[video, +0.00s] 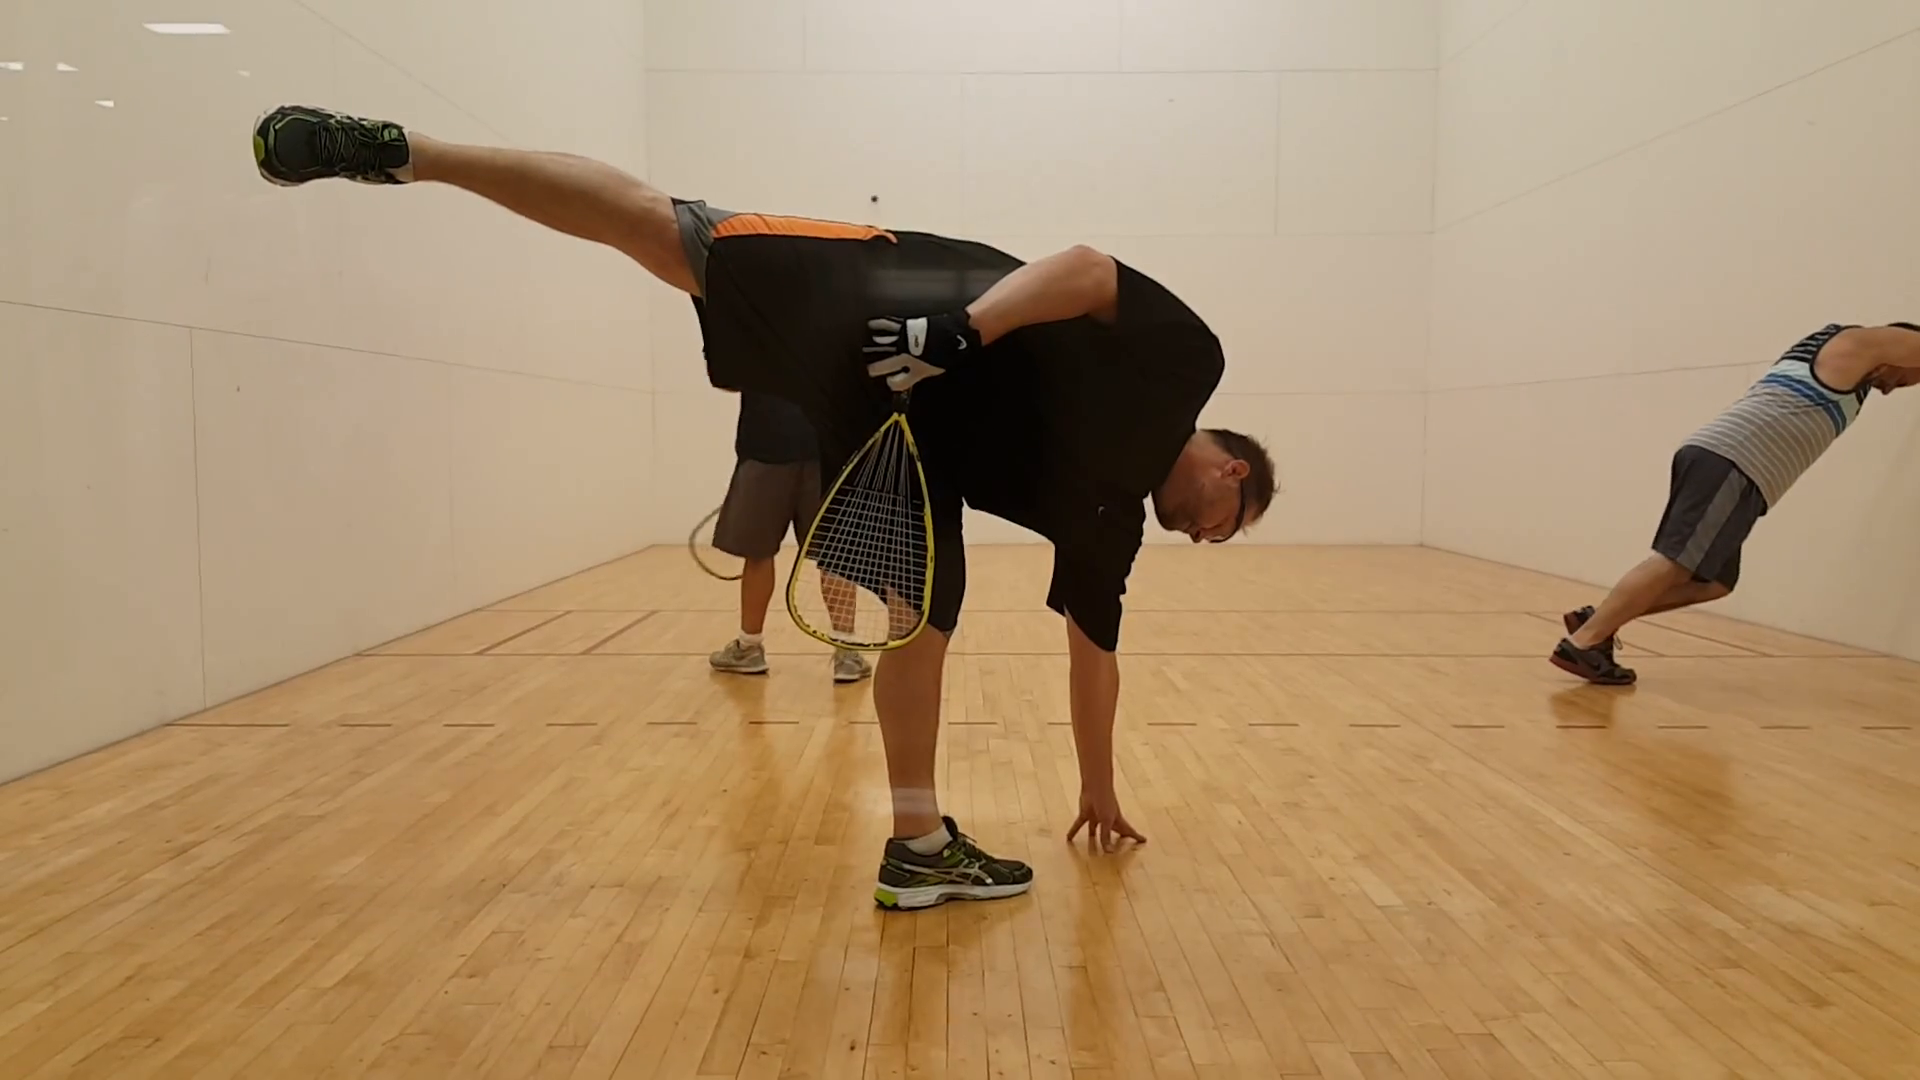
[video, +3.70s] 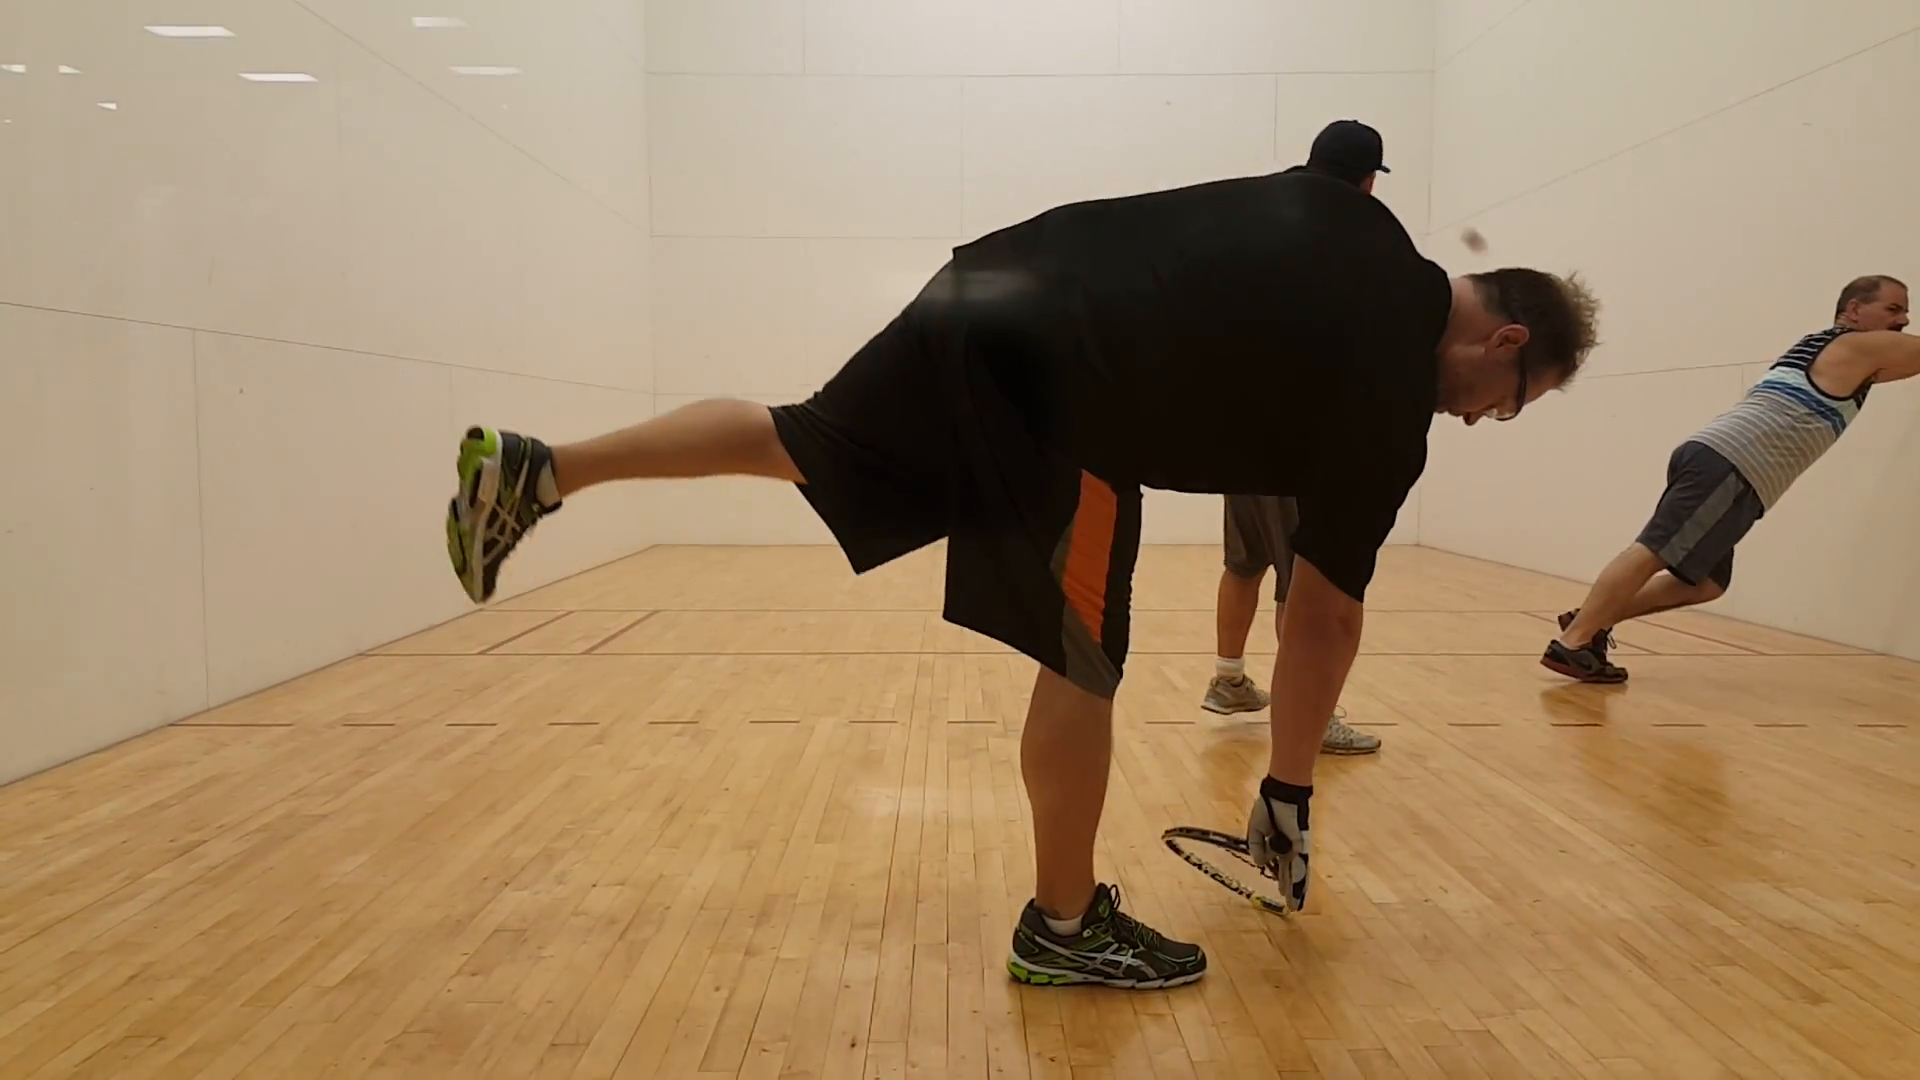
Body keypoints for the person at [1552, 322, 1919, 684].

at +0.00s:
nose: (1901, 386)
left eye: (1908, 380)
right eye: (1908, 375)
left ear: (1893, 357)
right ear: (1895, 355)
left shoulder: (1834, 362)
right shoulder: (1852, 347)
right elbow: (1919, 346)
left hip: (1734, 473)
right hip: (1729, 465)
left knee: (1715, 581)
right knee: (1677, 561)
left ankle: (1598, 618)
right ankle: (1586, 643)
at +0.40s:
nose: (1897, 372)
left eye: (1905, 368)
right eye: (1905, 362)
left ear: (1891, 339)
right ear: (1896, 337)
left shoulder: (1816, 332)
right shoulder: (1853, 326)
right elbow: (1919, 336)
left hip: (1700, 438)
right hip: (1734, 452)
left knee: (1664, 550)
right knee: (1687, 556)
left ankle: (1577, 624)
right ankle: (1594, 634)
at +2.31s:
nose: (1908, 319)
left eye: (1910, 310)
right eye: (1905, 308)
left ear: (1867, 295)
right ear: (1873, 294)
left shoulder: (1815, 325)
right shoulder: (1855, 325)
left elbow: (1908, 354)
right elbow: (1918, 342)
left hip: (1692, 433)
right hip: (1729, 450)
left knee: (1650, 545)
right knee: (1672, 549)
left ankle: (1571, 626)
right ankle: (1587, 634)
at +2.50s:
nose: (1898, 315)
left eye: (1899, 307)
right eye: (1892, 303)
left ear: (1849, 306)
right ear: (1851, 298)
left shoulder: (1810, 333)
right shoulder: (1847, 334)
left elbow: (1909, 356)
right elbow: (1917, 343)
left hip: (1676, 439)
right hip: (1716, 456)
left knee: (1634, 543)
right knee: (1710, 563)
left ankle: (1564, 633)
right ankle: (1607, 628)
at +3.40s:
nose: (1901, 313)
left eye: (1902, 306)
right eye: (1893, 301)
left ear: (1852, 309)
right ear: (1852, 302)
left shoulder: (1821, 340)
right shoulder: (1850, 341)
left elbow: (1906, 356)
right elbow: (1916, 350)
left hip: (1714, 454)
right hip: (1727, 463)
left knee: (1690, 574)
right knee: (1656, 546)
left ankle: (1582, 619)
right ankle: (1576, 638)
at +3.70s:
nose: (1903, 321)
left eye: (1904, 313)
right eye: (1895, 309)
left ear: (1854, 318)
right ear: (1853, 311)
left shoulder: (1827, 350)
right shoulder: (1852, 349)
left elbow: (1906, 360)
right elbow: (1917, 353)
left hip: (1717, 461)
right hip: (1728, 470)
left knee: (1706, 581)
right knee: (1651, 552)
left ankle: (1592, 616)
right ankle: (1572, 644)